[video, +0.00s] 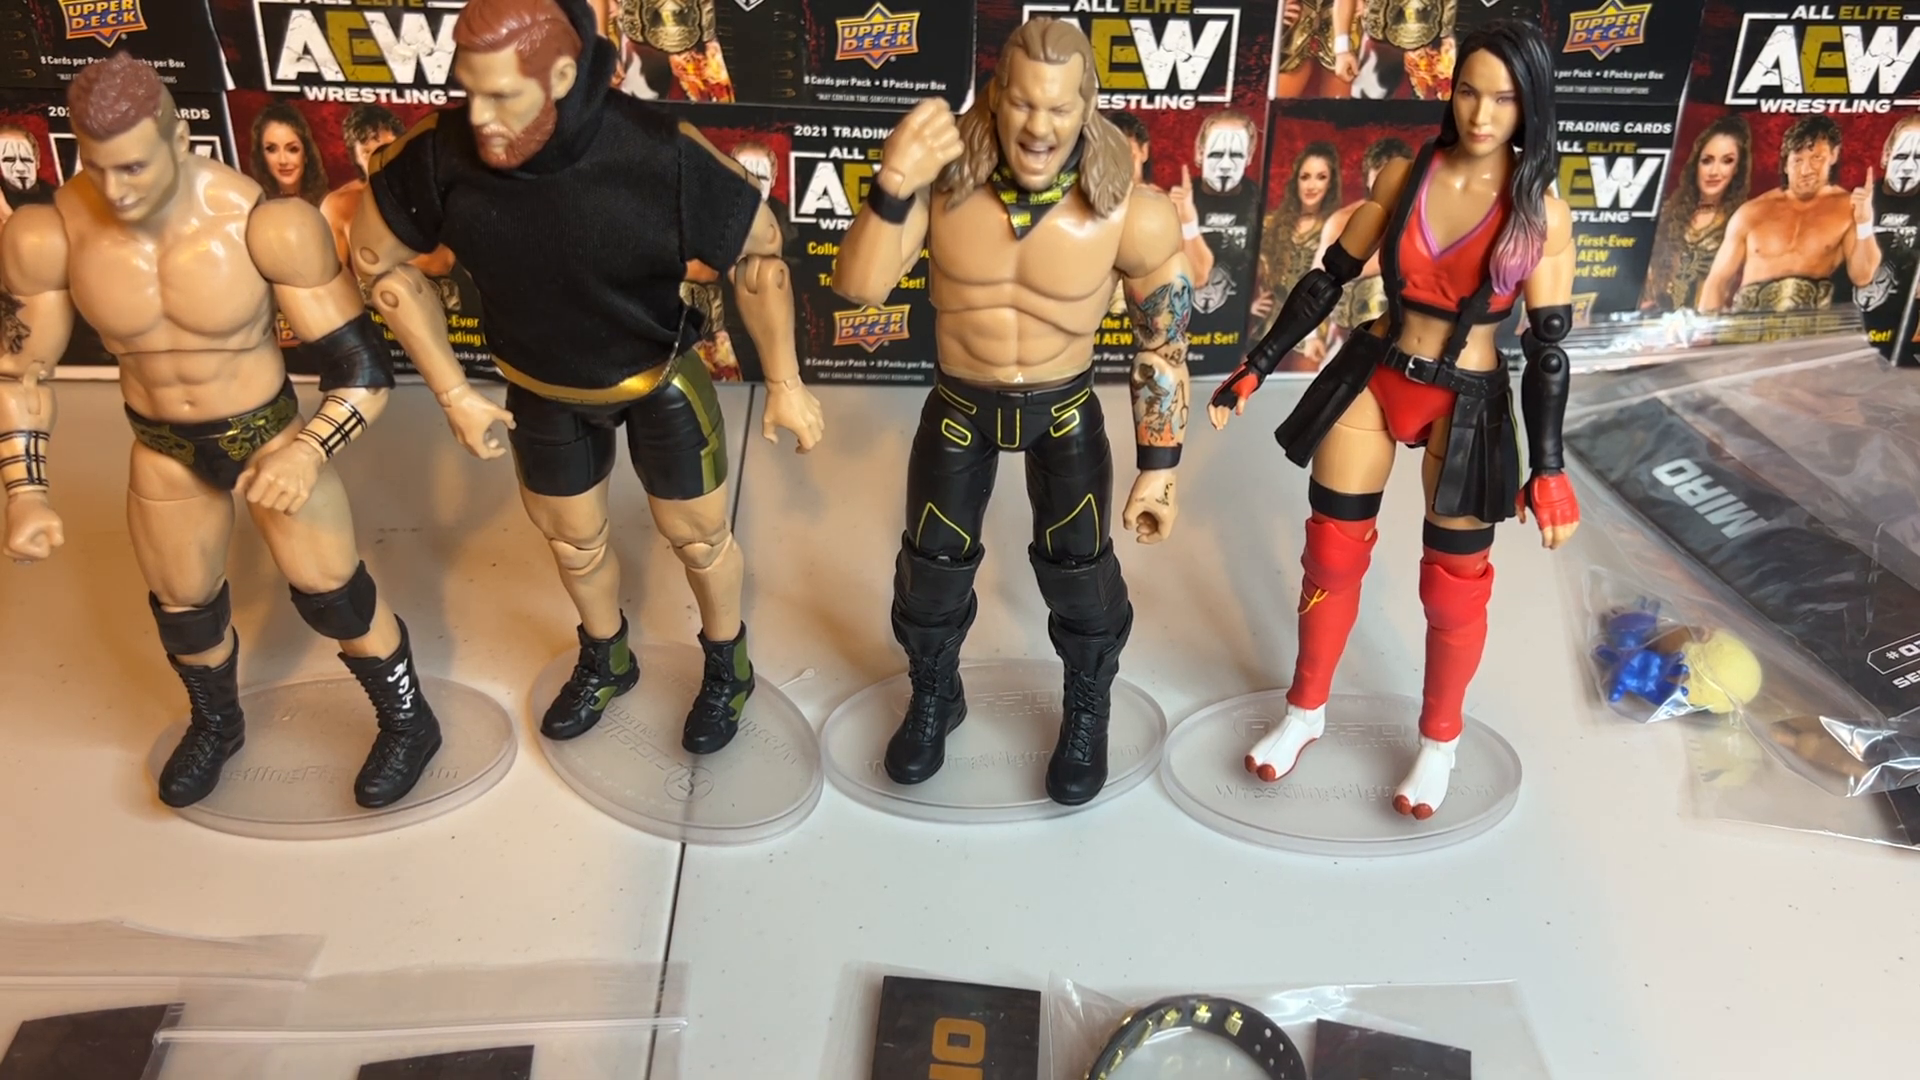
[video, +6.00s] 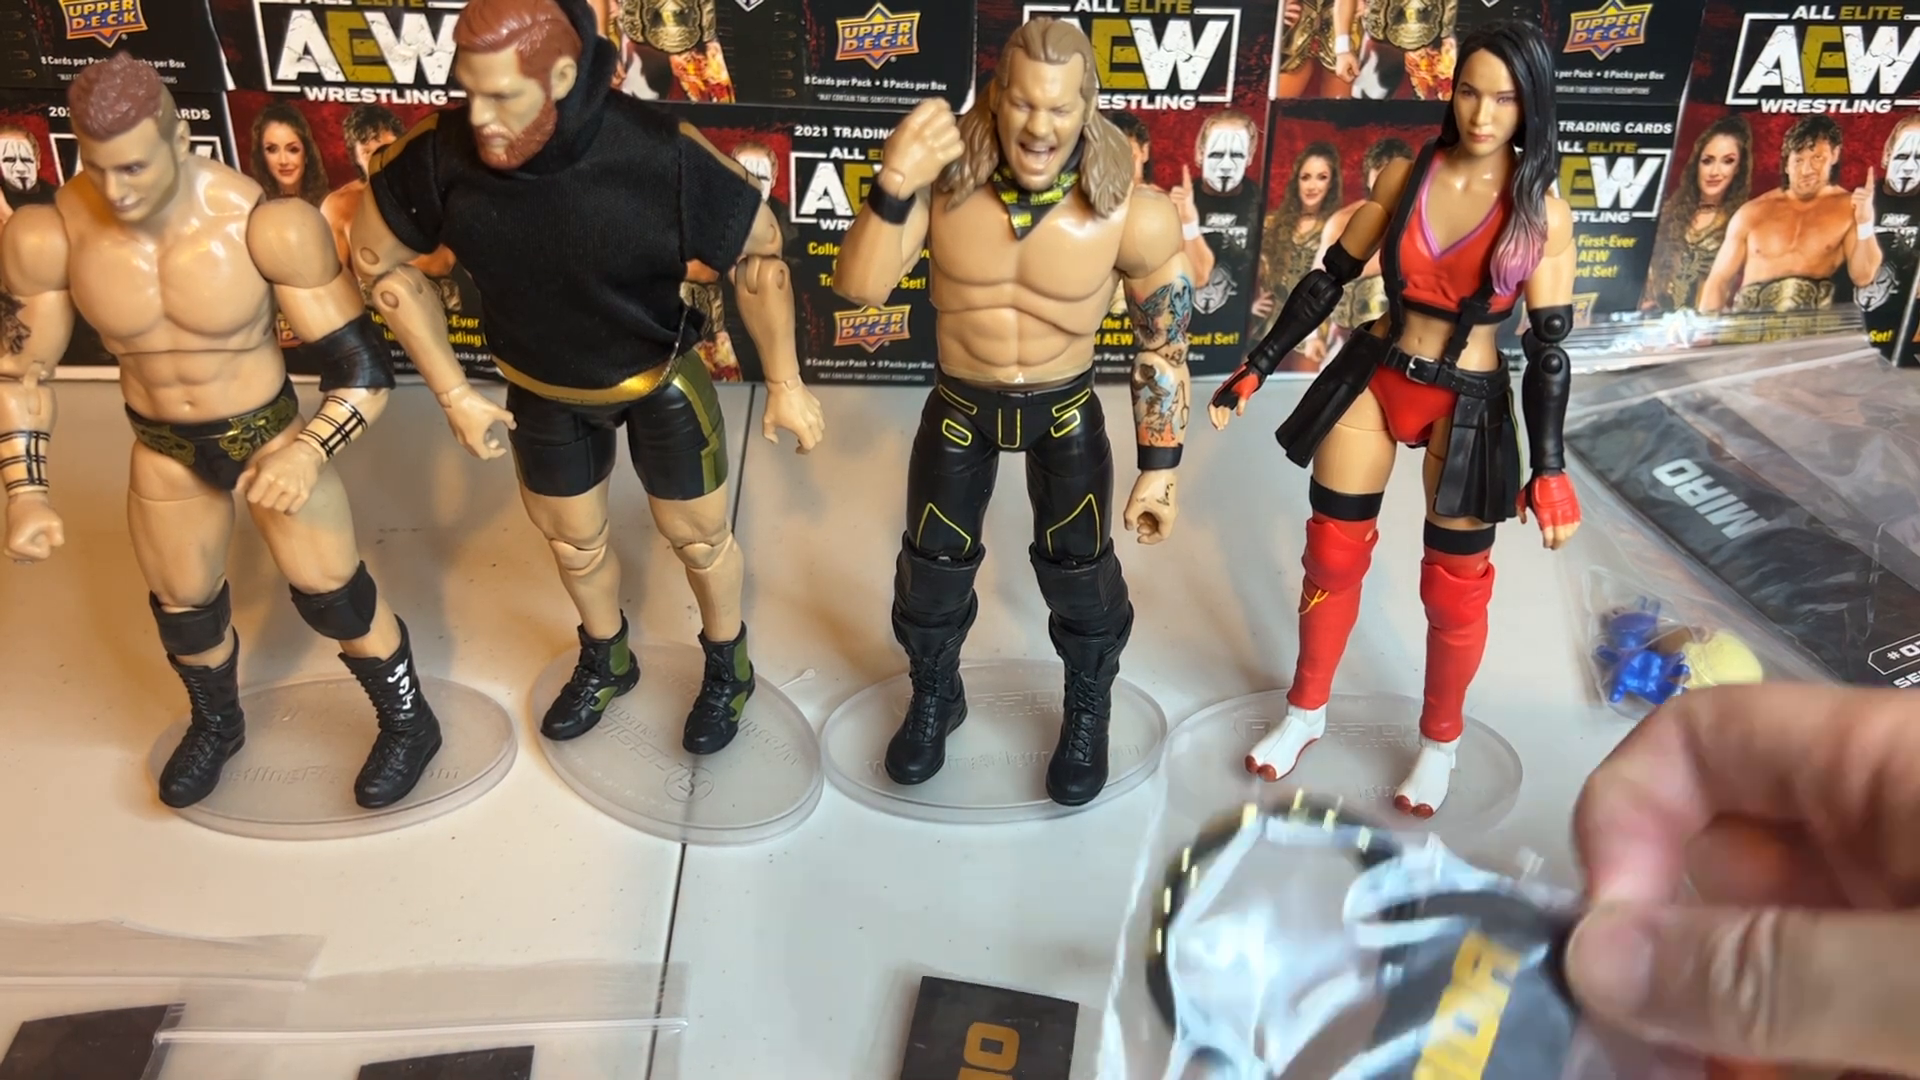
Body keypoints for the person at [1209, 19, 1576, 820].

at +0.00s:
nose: (1480, 113)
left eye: (1501, 99)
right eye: (1469, 93)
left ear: (1528, 108)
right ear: (1451, 94)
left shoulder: (1540, 208)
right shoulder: (1406, 175)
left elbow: (1549, 343)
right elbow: (1332, 273)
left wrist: (1549, 465)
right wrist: (1256, 364)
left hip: (1467, 404)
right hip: (1371, 382)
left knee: (1454, 590)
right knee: (1331, 559)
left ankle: (1437, 742)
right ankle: (1304, 710)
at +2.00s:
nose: (1480, 113)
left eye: (1501, 99)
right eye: (1469, 94)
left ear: (1529, 108)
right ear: (1450, 94)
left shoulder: (1540, 209)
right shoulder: (1406, 175)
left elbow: (1549, 345)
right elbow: (1333, 273)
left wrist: (1549, 466)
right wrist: (1256, 364)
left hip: (1467, 405)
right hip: (1372, 383)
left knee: (1454, 590)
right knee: (1331, 560)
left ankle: (1438, 742)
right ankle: (1304, 710)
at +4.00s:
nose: (1480, 113)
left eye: (1501, 99)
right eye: (1469, 94)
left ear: (1529, 108)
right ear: (1451, 94)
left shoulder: (1540, 209)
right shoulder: (1406, 175)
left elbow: (1549, 346)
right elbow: (1332, 274)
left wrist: (1549, 467)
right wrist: (1255, 365)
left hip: (1467, 404)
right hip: (1372, 382)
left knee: (1454, 590)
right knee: (1331, 559)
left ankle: (1438, 741)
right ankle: (1305, 709)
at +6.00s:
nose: (1480, 114)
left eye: (1501, 99)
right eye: (1470, 94)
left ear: (1529, 108)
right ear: (1451, 94)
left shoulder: (1541, 207)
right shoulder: (1407, 174)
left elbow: (1550, 343)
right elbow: (1333, 273)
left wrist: (1549, 465)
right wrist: (1257, 364)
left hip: (1467, 406)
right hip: (1372, 383)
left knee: (1454, 592)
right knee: (1331, 560)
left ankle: (1438, 743)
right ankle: (1305, 711)